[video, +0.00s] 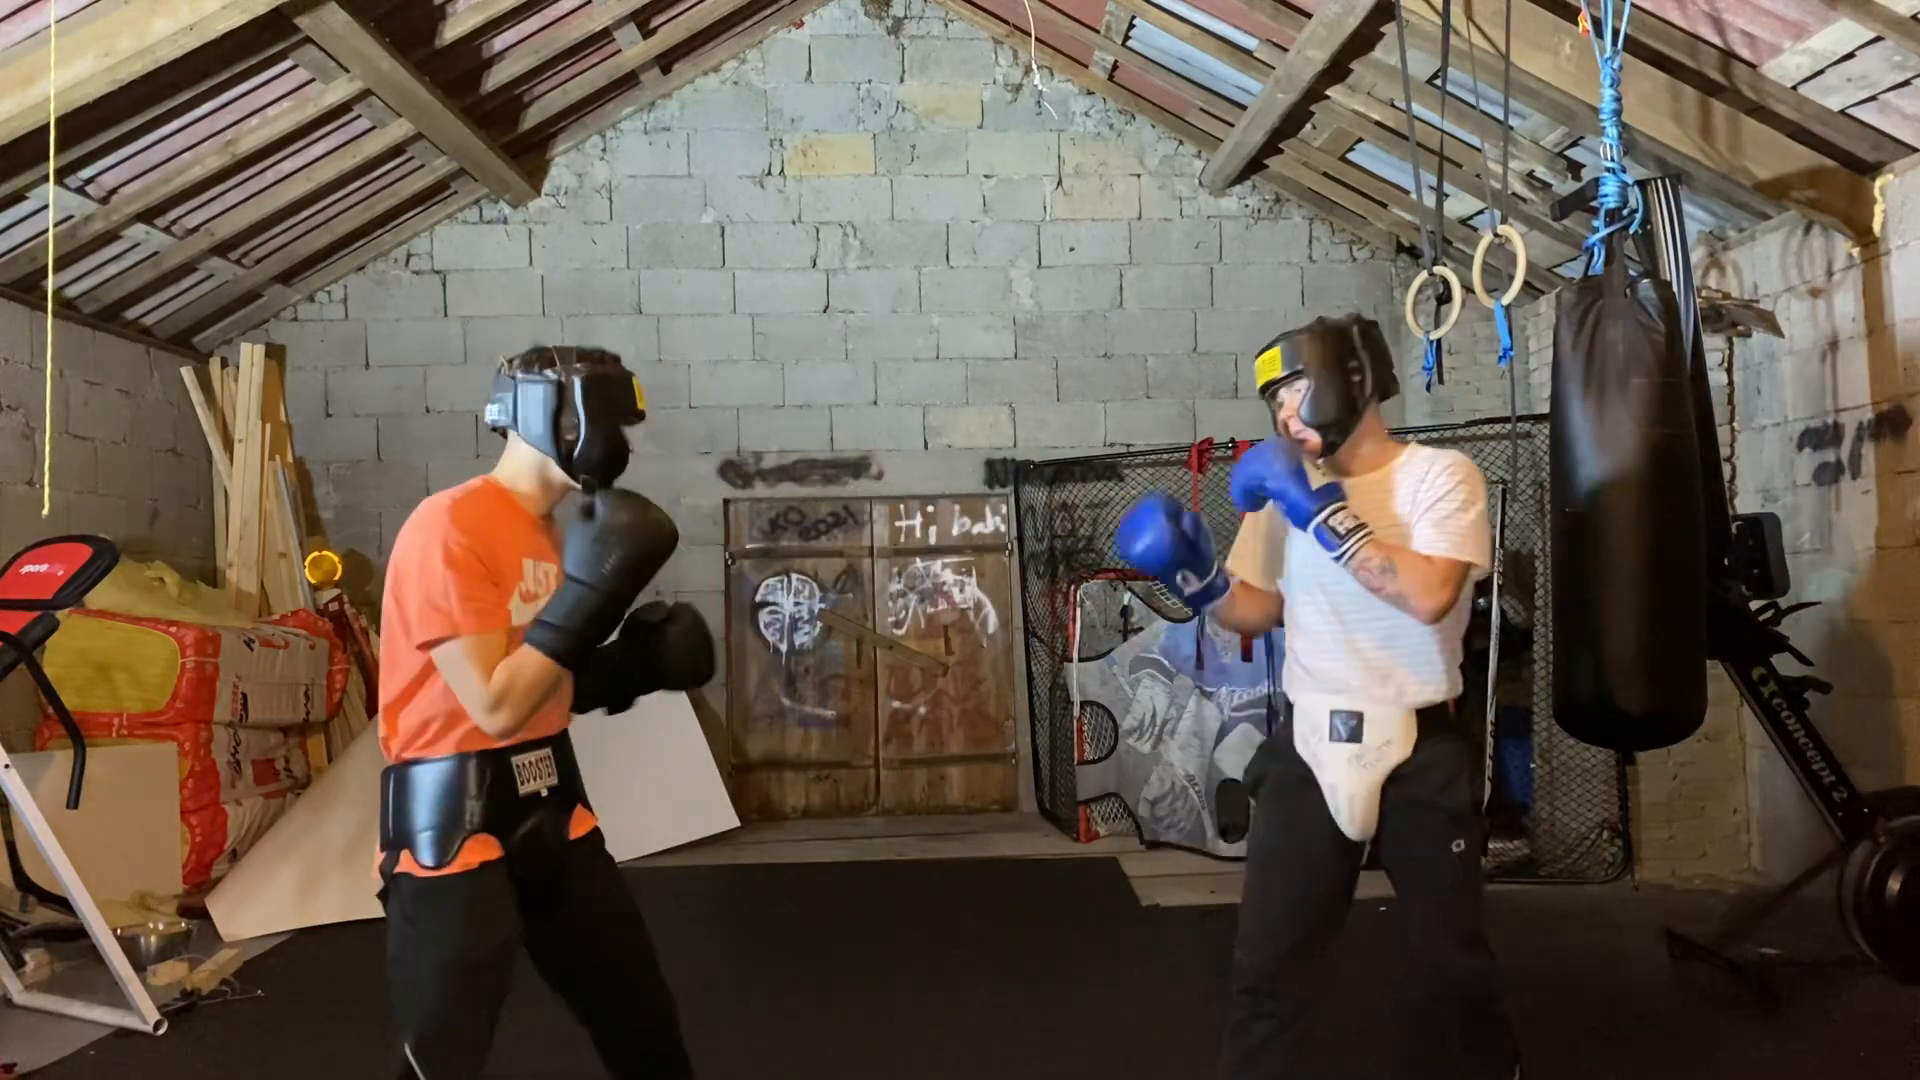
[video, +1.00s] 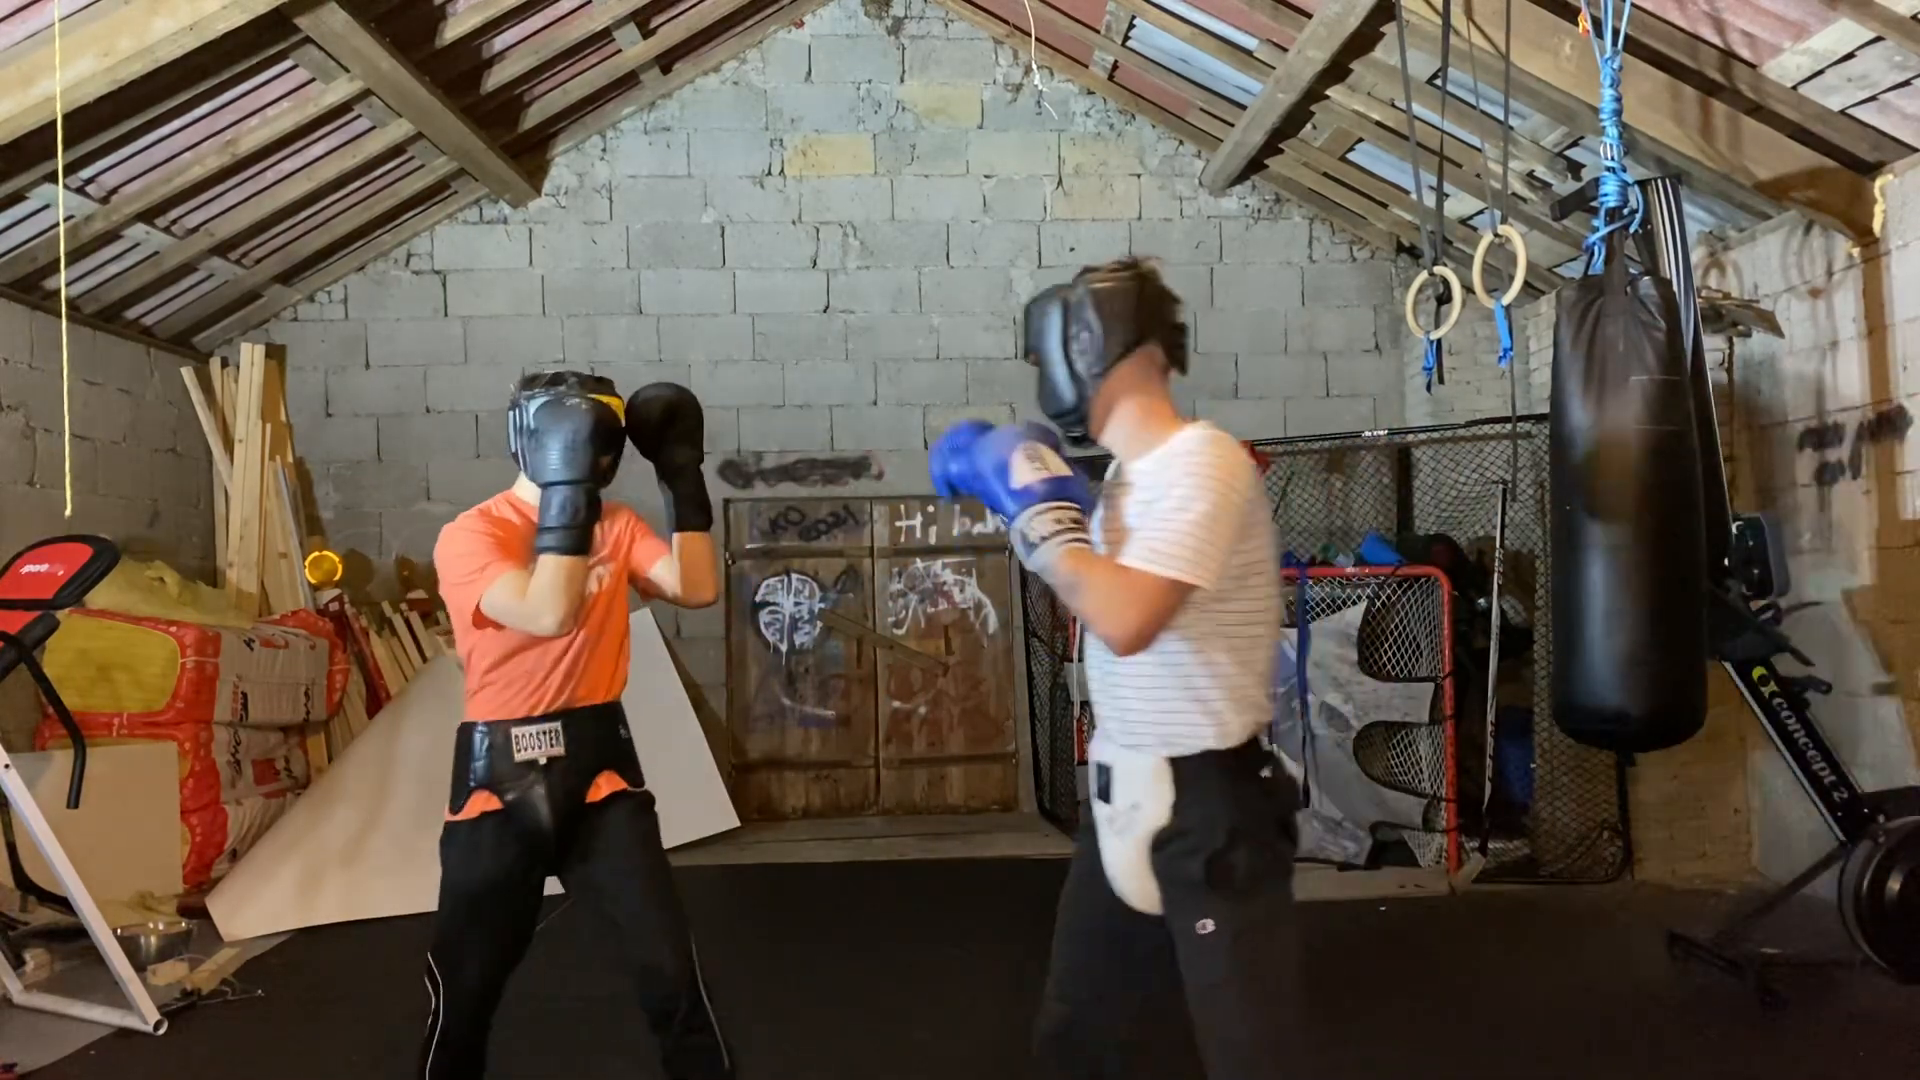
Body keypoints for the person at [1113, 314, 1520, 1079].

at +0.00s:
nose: (1280, 414)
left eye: (1291, 389)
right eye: (1274, 397)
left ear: (1348, 386)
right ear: (1285, 411)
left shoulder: (1442, 476)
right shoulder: (1282, 490)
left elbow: (1429, 594)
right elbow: (1255, 610)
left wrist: (1310, 501)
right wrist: (1192, 576)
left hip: (1423, 754)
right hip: (1306, 755)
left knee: (1452, 964)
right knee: (1265, 973)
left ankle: (1489, 1076)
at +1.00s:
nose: (1048, 371)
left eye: (1055, 347)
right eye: (1047, 350)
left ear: (1089, 348)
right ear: (1146, 347)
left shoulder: (1204, 463)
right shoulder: (1124, 485)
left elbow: (1127, 618)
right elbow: (1102, 602)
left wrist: (1040, 513)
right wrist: (1026, 504)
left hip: (1213, 801)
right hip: (1127, 799)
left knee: (1252, 1054)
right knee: (1077, 1040)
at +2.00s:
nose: (907, 391)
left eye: (912, 374)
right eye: (912, 376)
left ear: (925, 376)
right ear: (1020, 400)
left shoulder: (920, 480)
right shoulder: (1075, 516)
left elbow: (846, 652)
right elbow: (1115, 687)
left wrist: (854, 536)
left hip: (976, 843)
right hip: (1077, 835)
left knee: (983, 1058)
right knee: (1075, 1054)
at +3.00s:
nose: (561, 556)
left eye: (558, 541)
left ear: (579, 549)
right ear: (671, 502)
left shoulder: (622, 645)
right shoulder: (789, 565)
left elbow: (630, 811)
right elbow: (915, 624)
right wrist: (826, 662)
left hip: (817, 925)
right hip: (922, 881)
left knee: (679, 1069)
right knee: (887, 1069)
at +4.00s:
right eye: (549, 420)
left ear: (446, 409)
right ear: (544, 422)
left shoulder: (365, 506)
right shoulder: (581, 517)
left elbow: (365, 638)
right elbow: (663, 652)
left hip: (425, 825)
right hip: (556, 816)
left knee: (355, 1056)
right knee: (615, 1048)